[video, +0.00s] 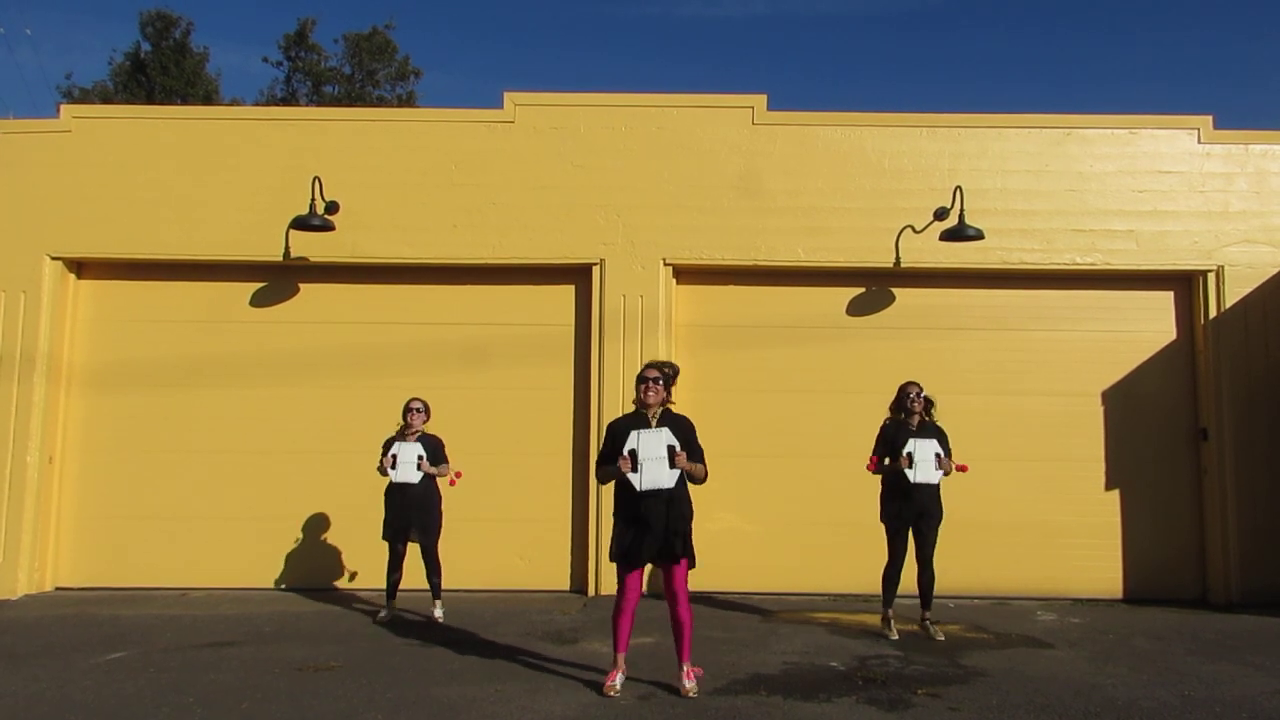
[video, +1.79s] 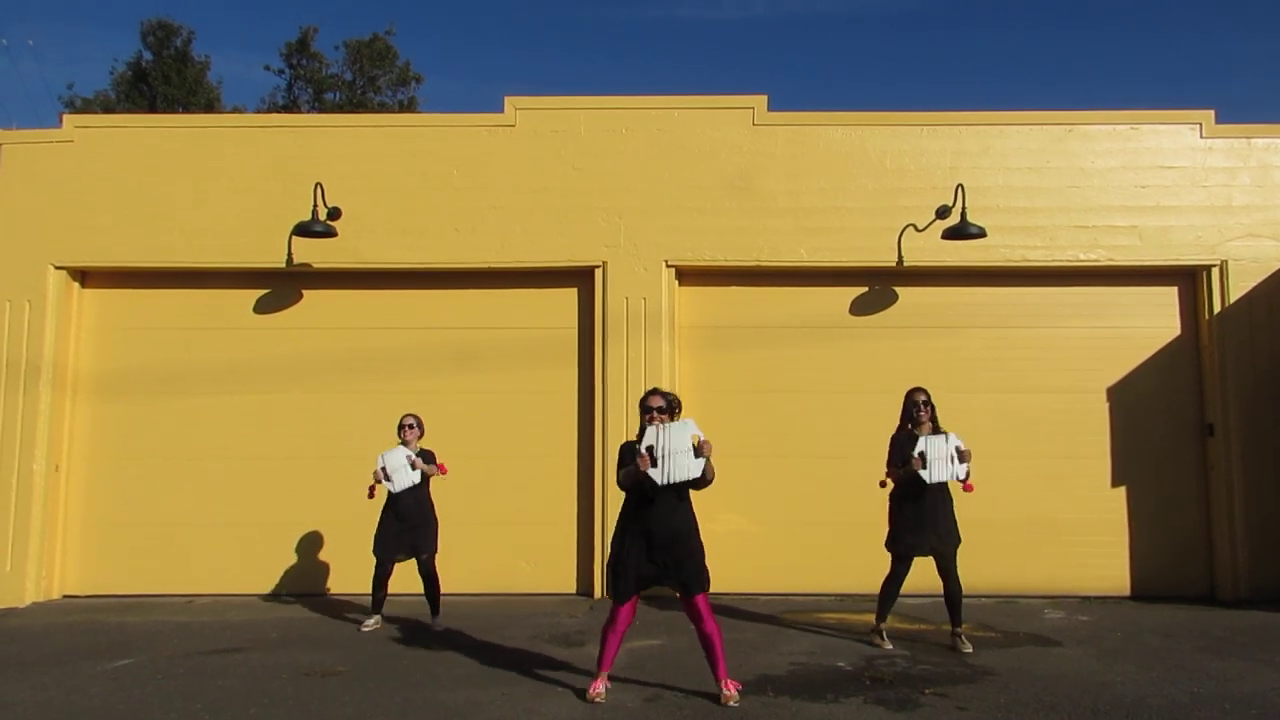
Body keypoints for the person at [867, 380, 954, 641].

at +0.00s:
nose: (914, 399)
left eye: (918, 395)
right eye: (908, 396)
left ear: (924, 400)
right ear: (900, 401)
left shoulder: (936, 431)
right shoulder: (890, 428)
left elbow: (947, 467)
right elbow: (874, 466)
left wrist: (946, 465)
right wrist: (896, 465)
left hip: (928, 505)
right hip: (897, 505)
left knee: (926, 560)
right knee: (896, 559)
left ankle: (926, 617)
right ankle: (887, 615)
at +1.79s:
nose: (921, 408)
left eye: (925, 404)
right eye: (915, 405)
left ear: (932, 407)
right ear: (907, 409)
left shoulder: (943, 438)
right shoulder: (901, 438)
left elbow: (958, 474)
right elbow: (893, 475)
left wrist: (964, 460)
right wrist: (909, 468)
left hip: (940, 515)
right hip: (908, 516)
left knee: (949, 574)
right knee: (898, 572)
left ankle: (958, 632)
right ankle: (878, 628)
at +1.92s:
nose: (924, 392)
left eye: (927, 387)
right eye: (918, 389)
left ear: (934, 392)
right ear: (909, 397)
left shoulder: (949, 421)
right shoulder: (903, 425)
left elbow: (980, 442)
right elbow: (896, 462)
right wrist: (895, 480)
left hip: (942, 501)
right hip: (908, 502)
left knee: (949, 563)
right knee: (899, 556)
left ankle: (954, 626)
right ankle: (869, 598)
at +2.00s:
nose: (927, 394)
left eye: (930, 390)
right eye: (921, 392)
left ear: (936, 395)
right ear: (912, 400)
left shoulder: (951, 421)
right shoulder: (907, 428)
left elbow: (992, 423)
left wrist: (1006, 404)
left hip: (945, 504)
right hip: (912, 504)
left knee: (951, 567)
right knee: (901, 561)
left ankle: (951, 628)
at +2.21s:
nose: (927, 395)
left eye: (930, 390)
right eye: (920, 392)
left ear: (936, 396)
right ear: (911, 399)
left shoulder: (949, 422)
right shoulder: (904, 430)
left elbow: (985, 419)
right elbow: (893, 465)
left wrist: (1006, 406)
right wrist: (892, 486)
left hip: (943, 506)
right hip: (910, 506)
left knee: (946, 566)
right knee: (904, 561)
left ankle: (953, 629)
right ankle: (877, 552)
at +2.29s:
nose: (925, 397)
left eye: (929, 393)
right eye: (919, 394)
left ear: (935, 398)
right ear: (909, 400)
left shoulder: (947, 423)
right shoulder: (900, 428)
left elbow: (980, 436)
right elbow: (890, 467)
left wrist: (985, 433)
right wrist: (906, 473)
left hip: (942, 502)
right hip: (907, 503)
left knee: (949, 565)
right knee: (902, 562)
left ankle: (959, 624)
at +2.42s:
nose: (922, 410)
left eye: (926, 406)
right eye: (916, 406)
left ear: (933, 410)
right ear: (908, 410)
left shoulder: (942, 441)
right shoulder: (899, 439)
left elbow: (956, 482)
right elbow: (887, 478)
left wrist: (955, 470)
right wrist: (904, 463)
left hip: (937, 513)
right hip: (904, 513)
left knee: (947, 573)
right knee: (903, 573)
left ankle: (963, 629)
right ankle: (888, 629)